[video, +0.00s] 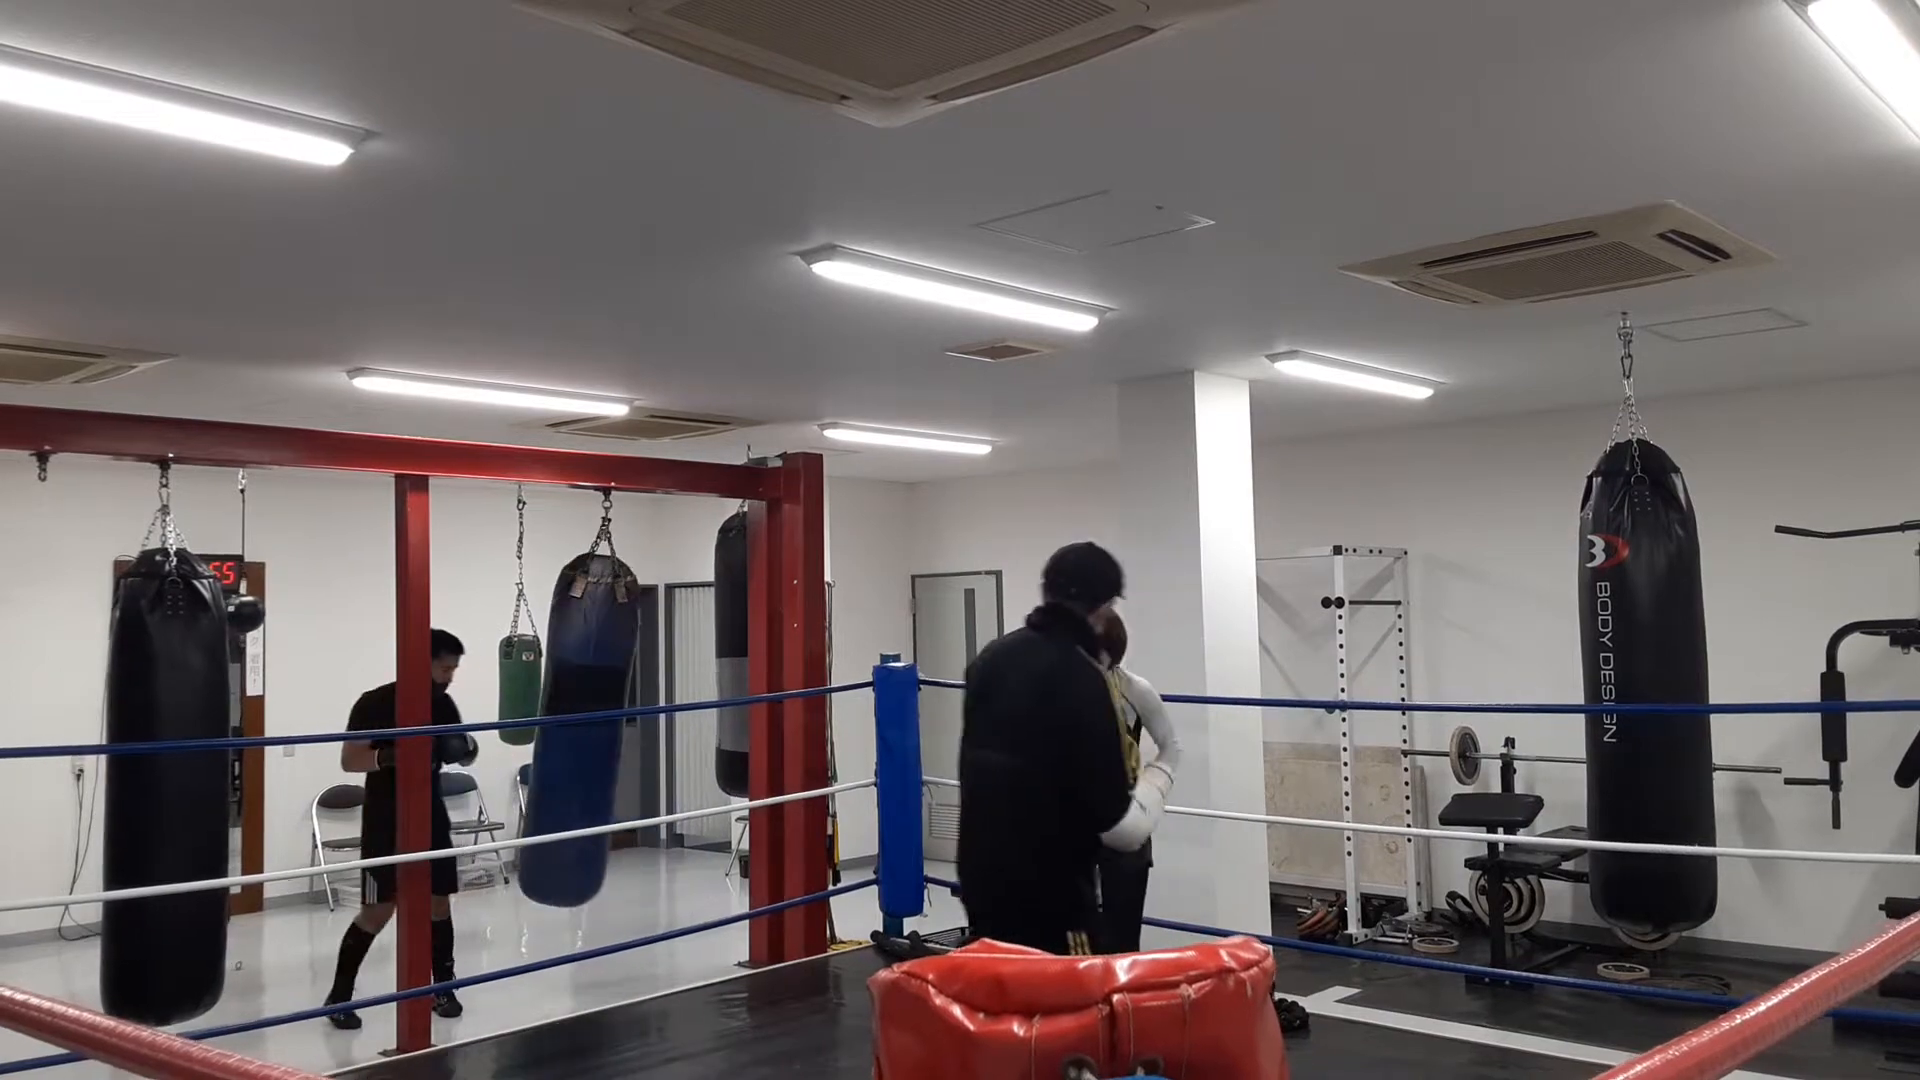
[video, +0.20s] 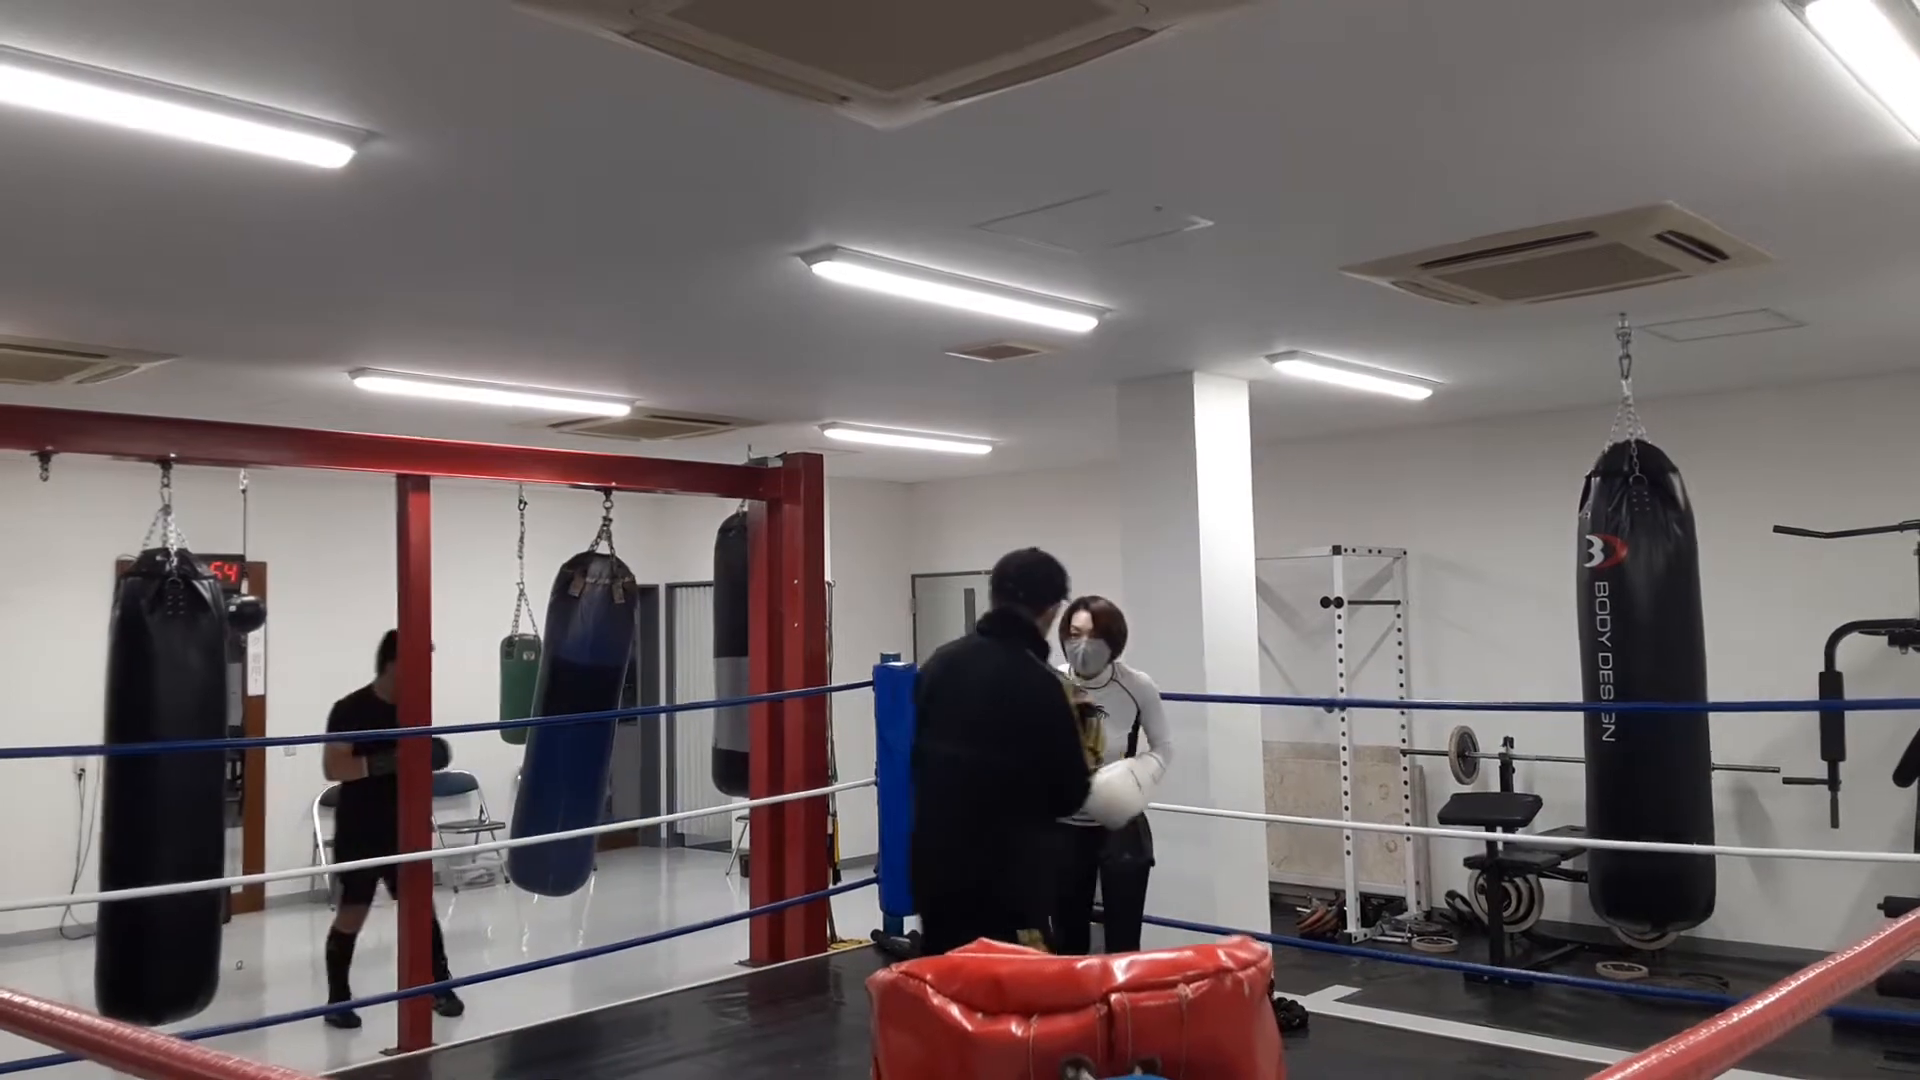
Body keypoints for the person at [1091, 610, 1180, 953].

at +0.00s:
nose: (1089, 660)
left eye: (1096, 650)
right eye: (1083, 650)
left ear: (1111, 650)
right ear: (1075, 648)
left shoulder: (1135, 690)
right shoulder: (1063, 691)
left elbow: (1169, 747)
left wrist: (1150, 785)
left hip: (1122, 824)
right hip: (1071, 825)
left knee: (1119, 937)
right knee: (1076, 931)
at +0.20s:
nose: (1082, 645)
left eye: (1093, 636)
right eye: (1074, 635)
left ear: (1113, 641)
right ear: (1063, 639)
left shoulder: (1137, 686)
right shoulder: (1051, 684)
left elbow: (1161, 748)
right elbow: (1030, 743)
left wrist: (1131, 779)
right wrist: (1059, 781)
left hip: (1122, 832)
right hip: (1064, 829)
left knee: (1122, 944)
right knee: (1068, 943)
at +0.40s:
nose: (1065, 642)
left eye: (1075, 634)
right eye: (1057, 632)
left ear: (1096, 639)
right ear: (1048, 638)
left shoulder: (1127, 686)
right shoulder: (1038, 688)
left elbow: (1150, 746)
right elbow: (1022, 749)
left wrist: (1121, 777)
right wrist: (1042, 780)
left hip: (1119, 829)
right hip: (1064, 830)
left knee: (1118, 947)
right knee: (1067, 947)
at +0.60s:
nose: (1048, 641)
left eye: (1059, 632)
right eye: (1040, 632)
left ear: (1080, 638)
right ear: (1033, 638)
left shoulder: (1114, 684)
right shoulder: (1031, 692)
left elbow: (1149, 742)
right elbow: (1036, 750)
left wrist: (1116, 771)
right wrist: (1037, 777)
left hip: (1117, 827)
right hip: (1063, 829)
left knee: (1116, 946)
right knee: (1066, 947)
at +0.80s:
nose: (1043, 637)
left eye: (1054, 628)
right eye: (1035, 628)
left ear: (1075, 634)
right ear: (1027, 634)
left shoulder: (1108, 681)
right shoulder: (1029, 690)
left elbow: (1145, 741)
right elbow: (1037, 750)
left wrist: (1106, 769)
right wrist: (1030, 776)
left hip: (1114, 827)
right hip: (1062, 830)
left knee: (1117, 945)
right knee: (1073, 947)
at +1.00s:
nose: (1042, 636)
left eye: (1053, 628)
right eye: (1035, 627)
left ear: (1074, 634)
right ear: (1027, 634)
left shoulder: (1106, 680)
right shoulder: (1027, 690)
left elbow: (1143, 740)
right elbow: (1037, 749)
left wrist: (1105, 766)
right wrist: (1025, 774)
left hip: (1115, 826)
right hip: (1063, 831)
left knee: (1118, 946)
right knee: (1079, 948)